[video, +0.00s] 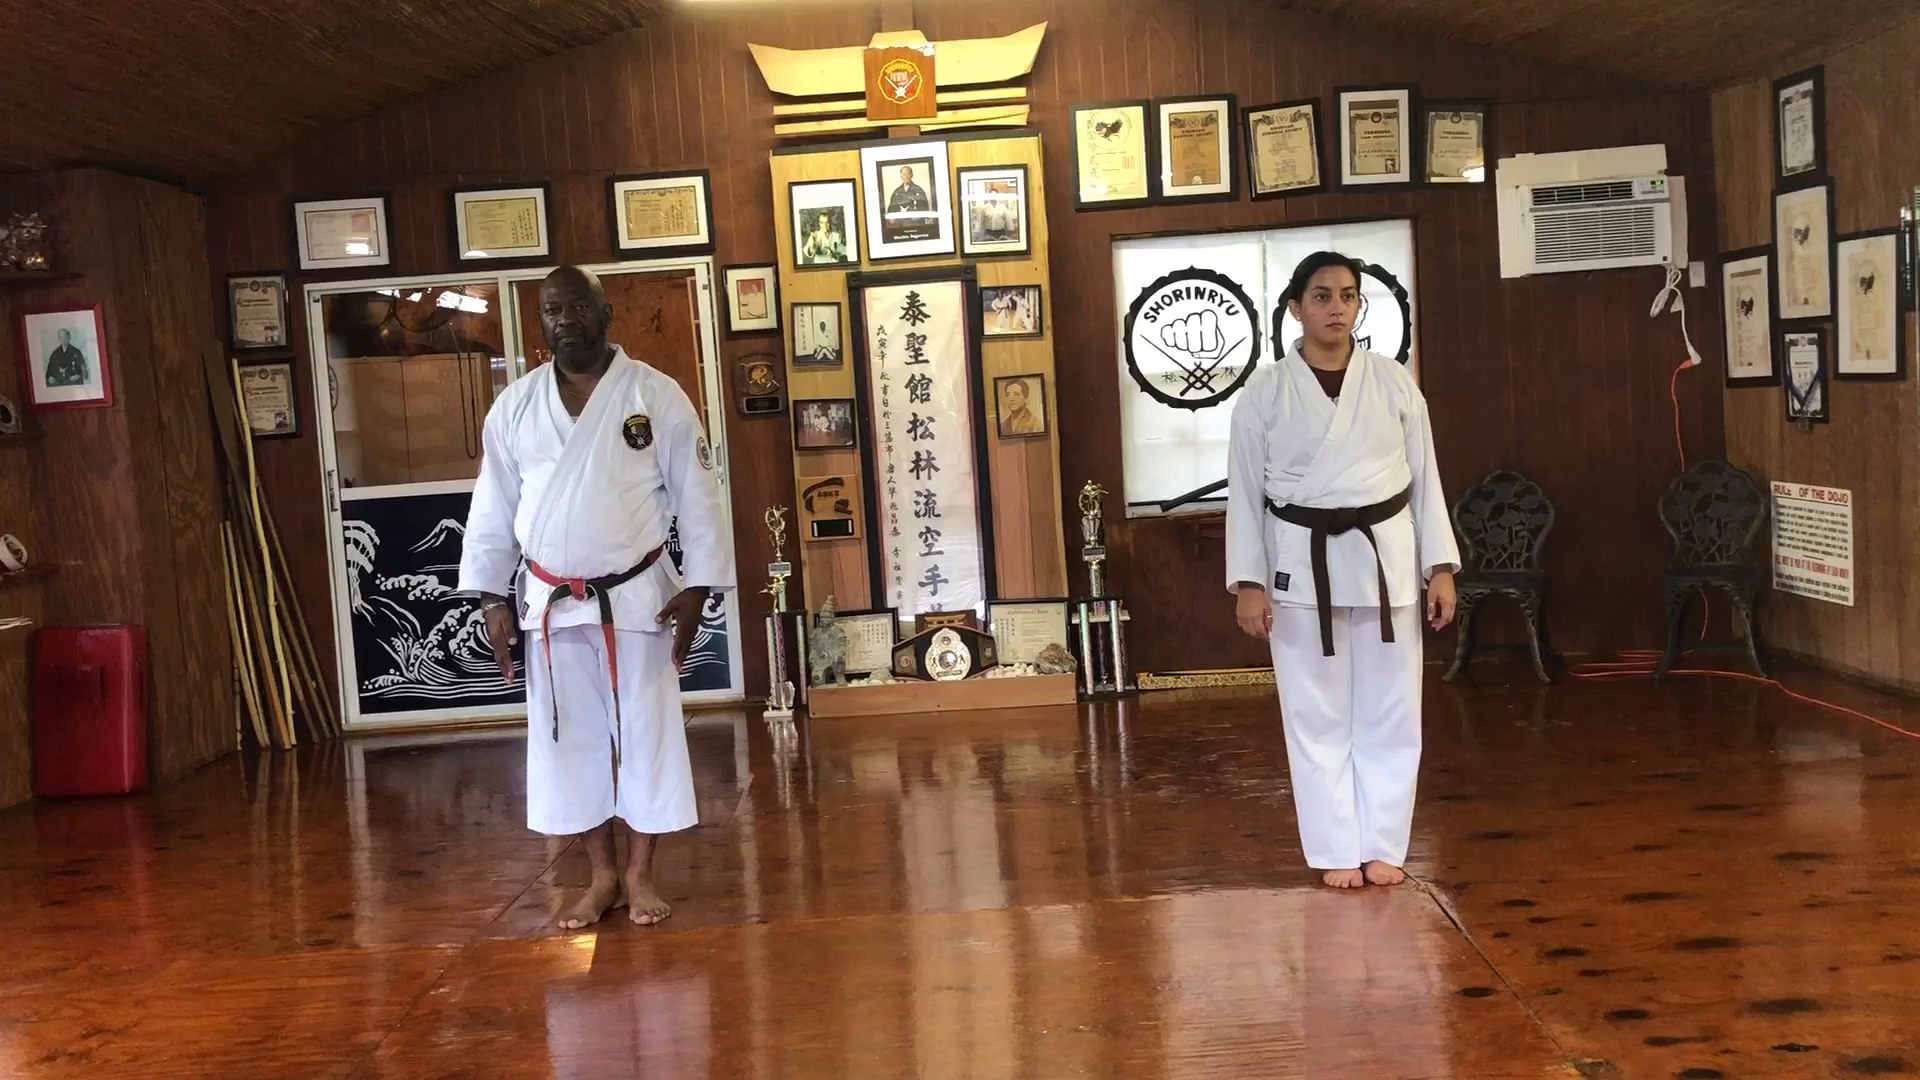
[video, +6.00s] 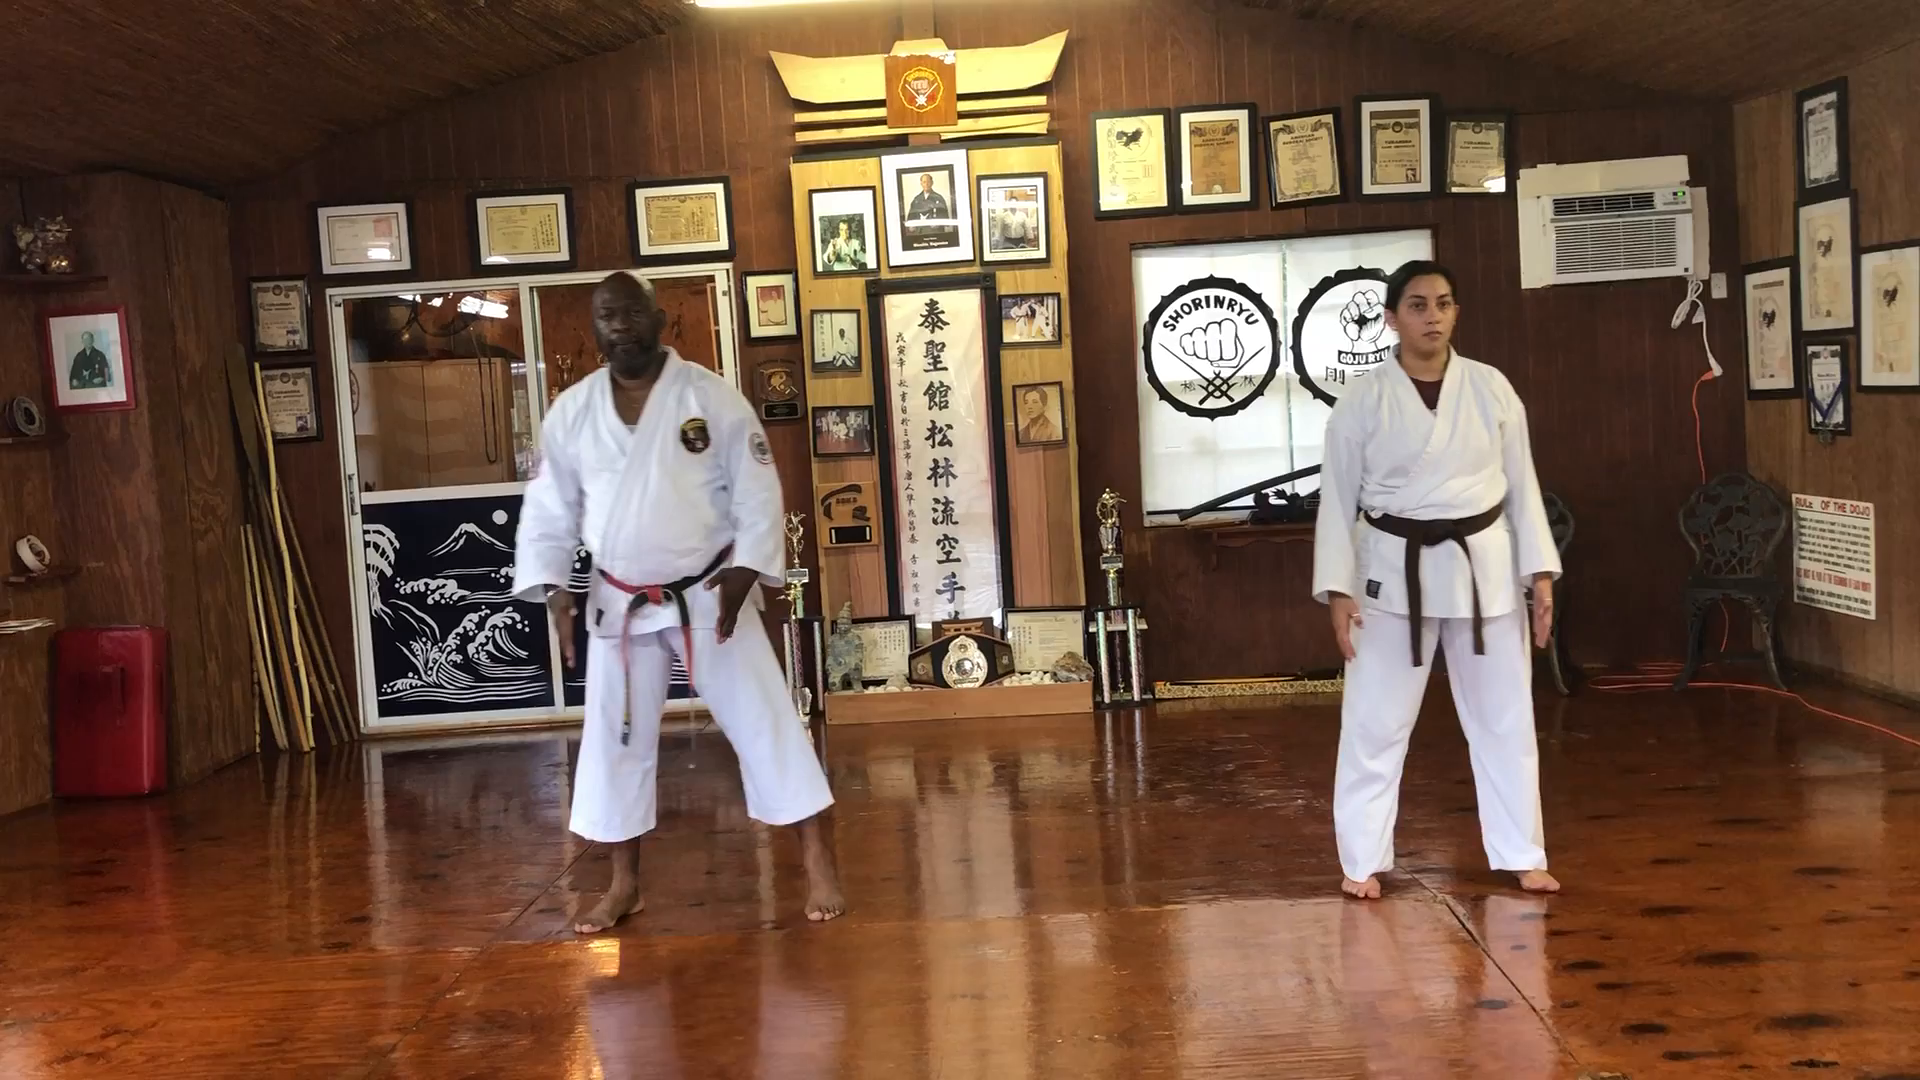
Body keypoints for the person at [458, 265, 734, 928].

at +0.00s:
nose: (565, 320)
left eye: (576, 308)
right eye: (553, 312)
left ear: (606, 314)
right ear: (539, 326)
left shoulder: (655, 395)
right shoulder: (513, 407)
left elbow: (697, 495)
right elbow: (493, 508)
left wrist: (699, 588)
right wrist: (492, 600)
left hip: (636, 589)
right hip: (550, 596)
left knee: (642, 730)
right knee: (572, 731)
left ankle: (638, 875)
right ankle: (601, 875)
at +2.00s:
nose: (581, 322)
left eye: (593, 310)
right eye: (570, 313)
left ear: (622, 318)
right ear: (556, 327)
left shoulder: (669, 398)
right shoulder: (528, 409)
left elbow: (711, 498)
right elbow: (508, 509)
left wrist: (711, 591)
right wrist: (506, 601)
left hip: (649, 592)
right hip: (563, 598)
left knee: (653, 735)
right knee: (583, 736)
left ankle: (647, 879)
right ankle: (610, 880)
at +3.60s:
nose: (565, 423)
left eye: (577, 409)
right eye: (553, 412)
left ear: (604, 392)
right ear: (539, 406)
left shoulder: (664, 433)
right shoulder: (518, 447)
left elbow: (719, 515)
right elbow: (516, 537)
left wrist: (706, 605)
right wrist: (537, 620)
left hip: (662, 614)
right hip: (578, 619)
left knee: (665, 747)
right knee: (592, 747)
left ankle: (651, 881)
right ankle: (613, 883)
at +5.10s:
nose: (583, 322)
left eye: (595, 309)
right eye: (571, 313)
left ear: (624, 317)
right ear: (558, 329)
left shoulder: (675, 399)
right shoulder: (531, 412)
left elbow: (712, 502)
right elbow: (515, 511)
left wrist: (703, 592)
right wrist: (524, 601)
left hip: (654, 591)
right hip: (570, 599)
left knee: (658, 734)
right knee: (590, 735)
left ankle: (653, 880)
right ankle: (617, 880)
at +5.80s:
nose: (592, 324)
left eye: (603, 310)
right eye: (579, 314)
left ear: (631, 316)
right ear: (566, 326)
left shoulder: (682, 394)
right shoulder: (541, 413)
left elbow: (728, 491)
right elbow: (526, 512)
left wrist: (733, 579)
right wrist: (533, 604)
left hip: (680, 585)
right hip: (591, 597)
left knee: (712, 723)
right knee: (600, 735)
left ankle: (747, 868)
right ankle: (620, 881)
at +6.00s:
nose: (619, 329)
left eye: (631, 316)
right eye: (606, 319)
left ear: (661, 320)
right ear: (593, 328)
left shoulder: (713, 399)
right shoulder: (570, 412)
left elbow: (759, 493)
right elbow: (549, 506)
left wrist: (744, 568)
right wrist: (556, 591)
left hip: (708, 587)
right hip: (618, 599)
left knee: (770, 722)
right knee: (616, 737)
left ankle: (819, 869)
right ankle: (622, 883)